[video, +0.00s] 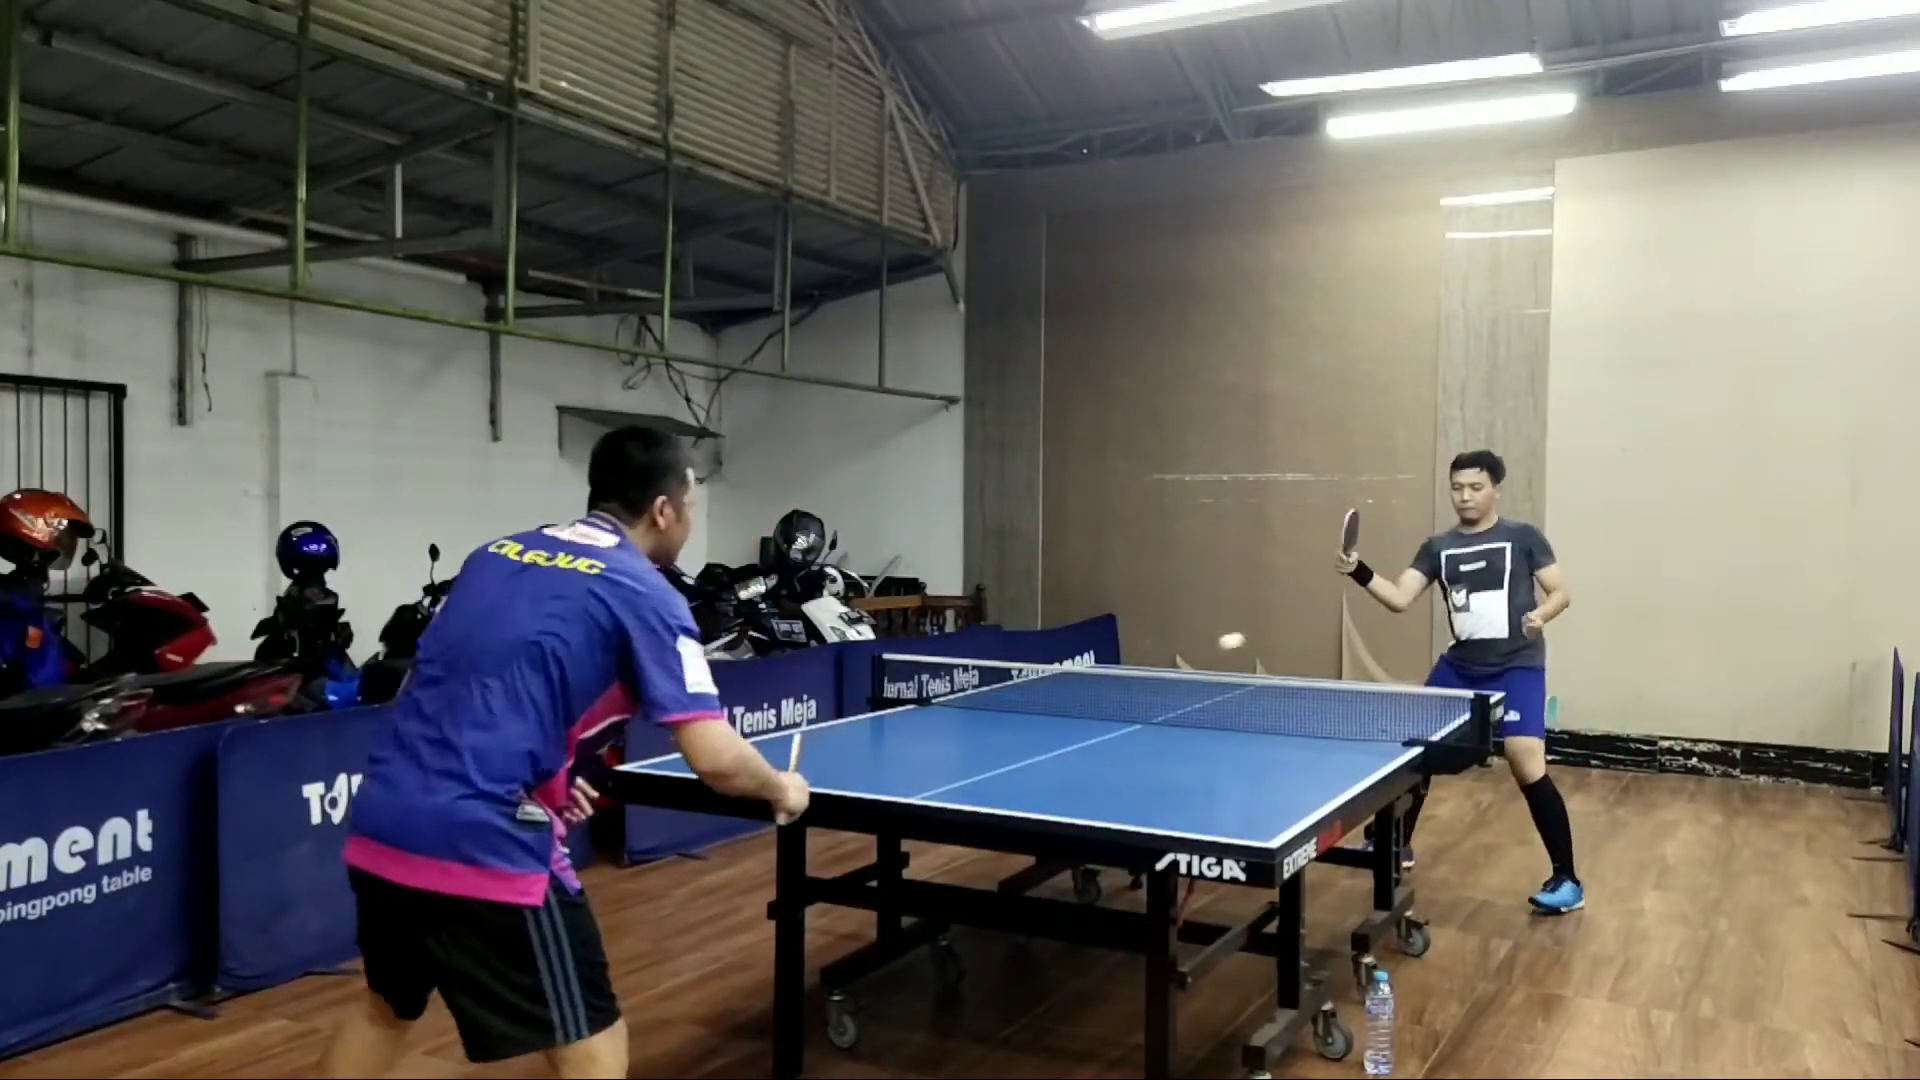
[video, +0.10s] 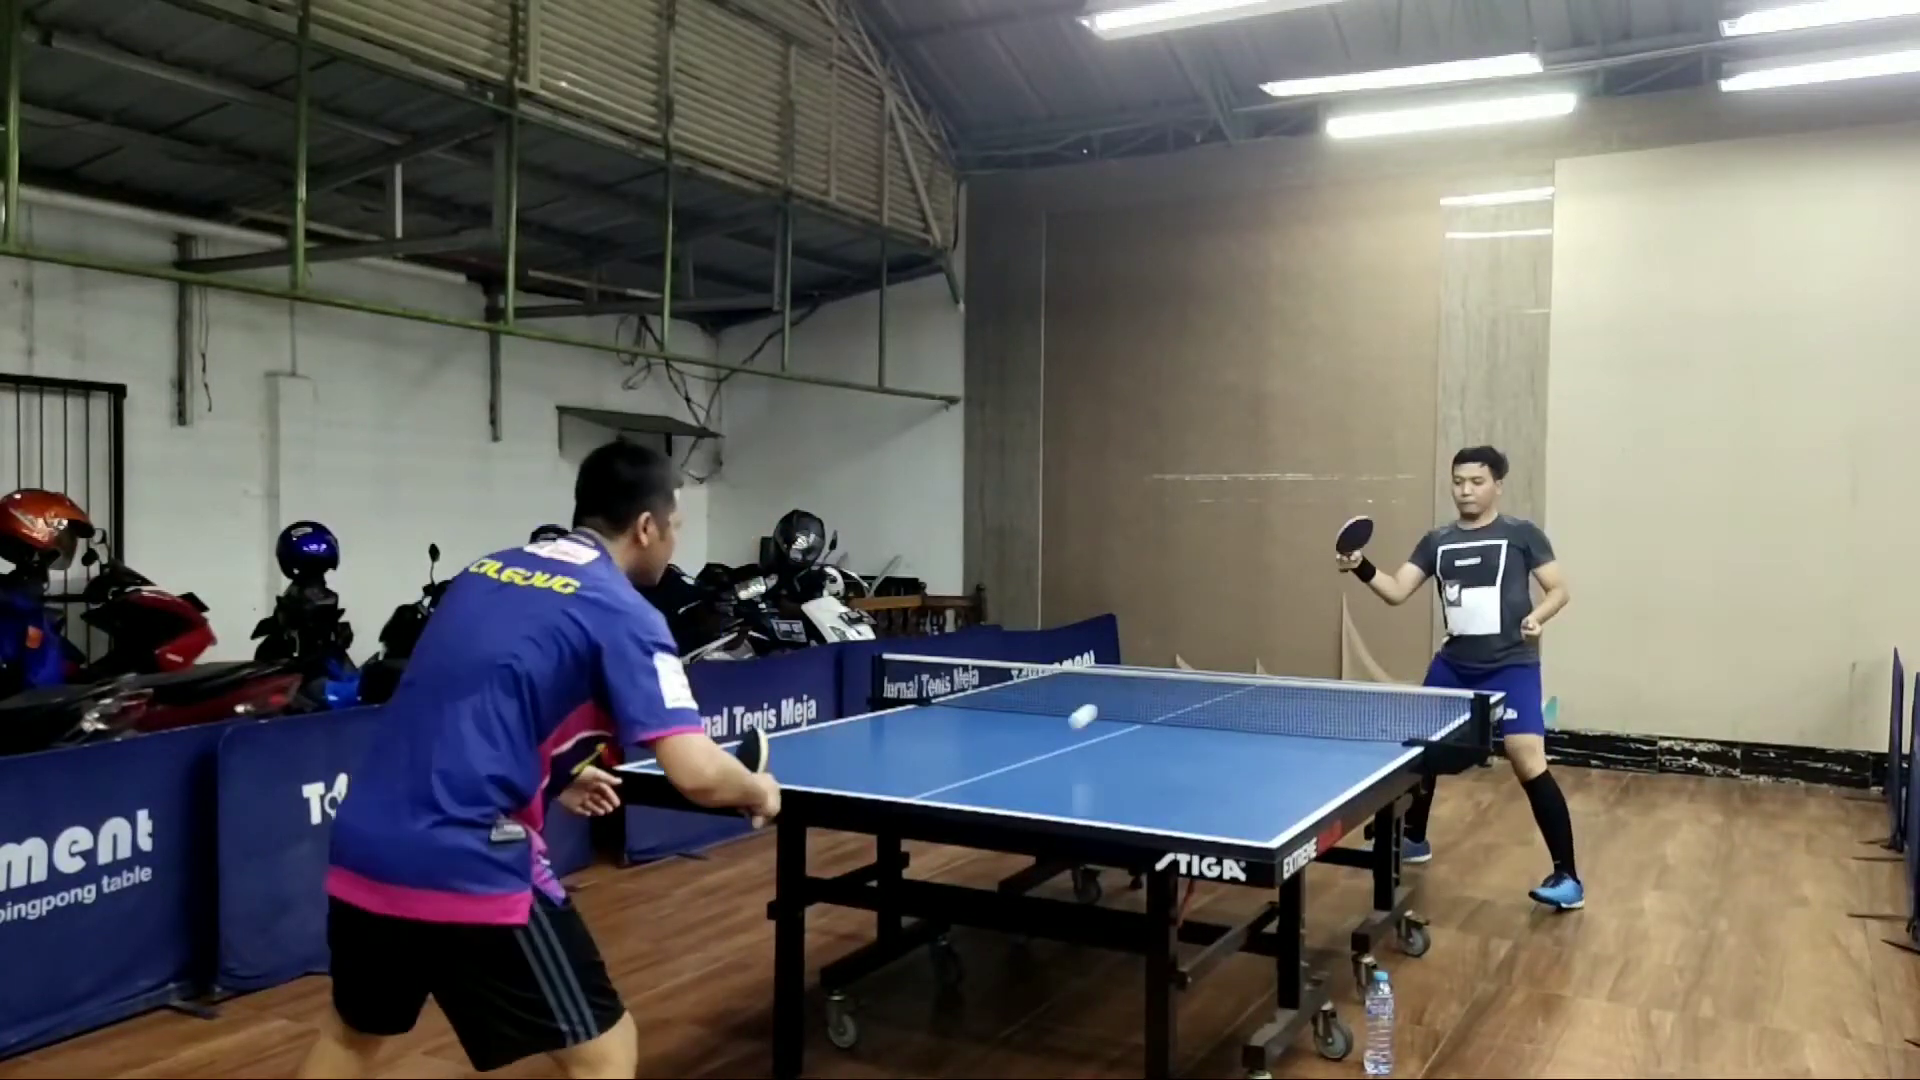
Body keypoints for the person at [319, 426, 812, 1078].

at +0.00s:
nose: (692, 519)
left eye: (691, 501)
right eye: (690, 502)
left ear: (596, 496)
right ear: (662, 509)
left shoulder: (498, 551)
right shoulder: (645, 592)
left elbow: (442, 681)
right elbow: (716, 757)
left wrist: (539, 760)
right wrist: (778, 790)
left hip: (378, 828)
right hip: (488, 845)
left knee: (382, 1006)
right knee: (592, 1043)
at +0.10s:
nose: (675, 541)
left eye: (676, 525)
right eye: (674, 523)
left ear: (584, 511)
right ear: (645, 525)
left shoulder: (489, 568)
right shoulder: (623, 610)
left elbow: (455, 708)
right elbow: (694, 771)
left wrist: (556, 774)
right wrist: (755, 790)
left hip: (361, 851)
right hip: (474, 867)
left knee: (350, 1037)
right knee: (603, 1046)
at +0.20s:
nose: (676, 582)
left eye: (679, 567)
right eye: (678, 566)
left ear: (592, 538)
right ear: (653, 559)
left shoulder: (484, 585)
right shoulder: (626, 641)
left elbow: (451, 718)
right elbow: (717, 789)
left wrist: (556, 766)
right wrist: (761, 768)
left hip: (353, 869)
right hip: (468, 888)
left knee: (365, 1032)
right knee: (619, 1051)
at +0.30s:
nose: (690, 597)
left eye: (694, 582)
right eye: (692, 582)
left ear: (605, 551)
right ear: (666, 576)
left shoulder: (494, 588)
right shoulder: (650, 648)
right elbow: (804, 749)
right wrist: (850, 729)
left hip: (354, 873)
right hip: (470, 896)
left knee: (361, 1036)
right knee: (631, 1054)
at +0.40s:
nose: (697, 584)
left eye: (697, 570)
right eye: (697, 569)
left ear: (603, 540)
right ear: (672, 560)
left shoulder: (492, 579)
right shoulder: (660, 630)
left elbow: (396, 690)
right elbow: (837, 693)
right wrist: (900, 687)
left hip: (357, 872)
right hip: (482, 894)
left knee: (349, 1042)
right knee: (630, 1056)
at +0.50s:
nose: (691, 559)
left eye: (692, 544)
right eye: (691, 544)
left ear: (595, 519)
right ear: (662, 537)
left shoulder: (486, 563)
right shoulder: (650, 608)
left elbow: (385, 675)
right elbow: (823, 666)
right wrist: (892, 652)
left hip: (353, 861)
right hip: (478, 883)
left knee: (332, 1038)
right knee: (616, 1054)